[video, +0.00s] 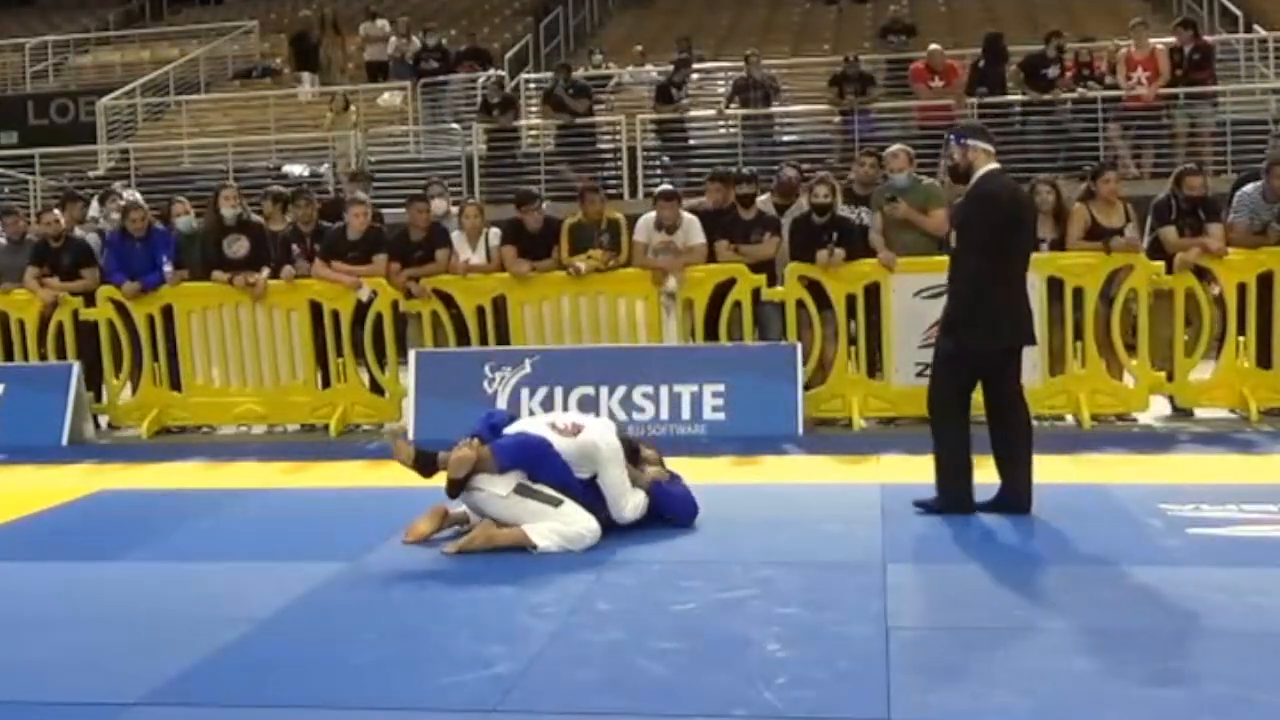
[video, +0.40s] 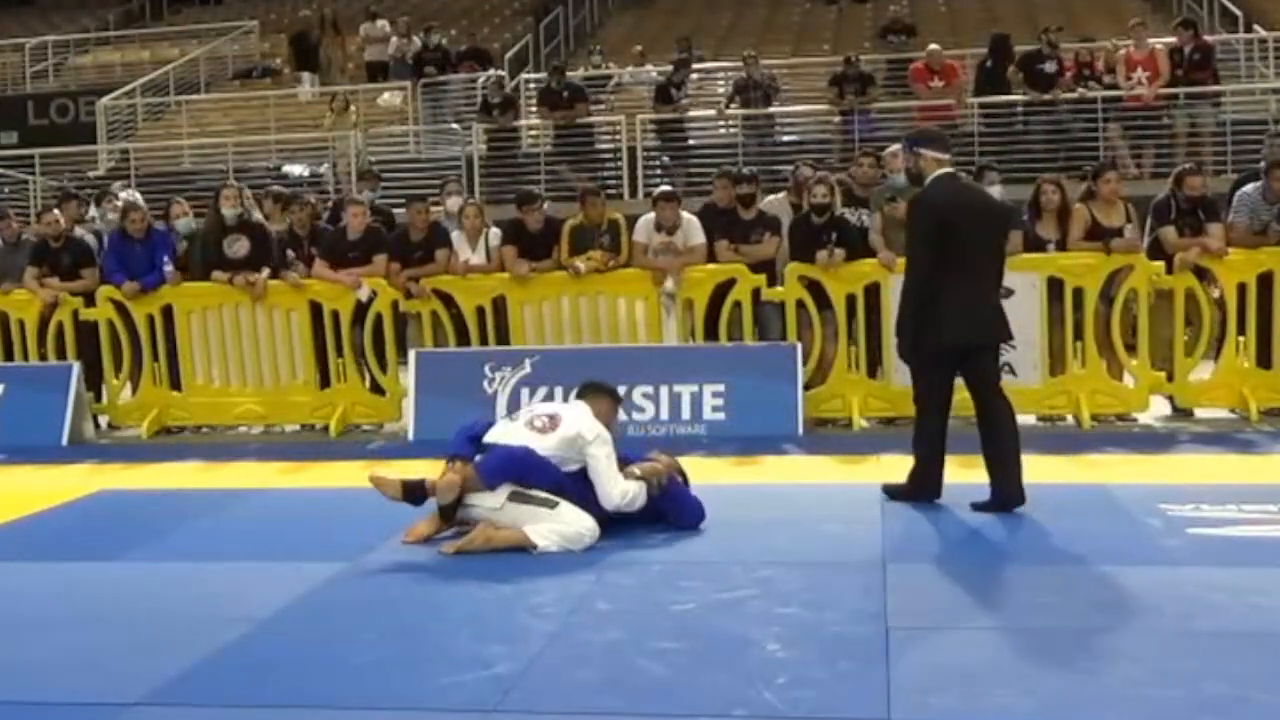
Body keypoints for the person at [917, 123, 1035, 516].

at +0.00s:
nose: (951, 162)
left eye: (953, 154)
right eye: (951, 154)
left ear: (968, 151)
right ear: (989, 151)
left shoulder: (978, 198)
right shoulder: (1017, 195)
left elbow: (971, 269)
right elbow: (1008, 269)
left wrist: (950, 320)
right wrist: (957, 314)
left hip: (971, 322)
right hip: (1006, 320)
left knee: (946, 402)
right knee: (1007, 403)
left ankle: (954, 494)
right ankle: (1016, 493)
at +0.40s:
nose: (905, 167)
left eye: (908, 159)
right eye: (906, 159)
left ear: (923, 158)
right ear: (945, 158)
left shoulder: (924, 203)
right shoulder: (985, 200)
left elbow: (917, 274)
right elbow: (994, 267)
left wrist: (904, 330)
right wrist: (987, 307)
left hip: (935, 321)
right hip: (981, 319)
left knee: (931, 408)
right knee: (991, 401)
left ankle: (924, 483)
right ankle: (1008, 490)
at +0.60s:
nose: (879, 170)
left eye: (881, 163)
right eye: (879, 163)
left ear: (895, 159)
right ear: (916, 157)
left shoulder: (898, 205)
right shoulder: (956, 195)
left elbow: (891, 270)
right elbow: (970, 257)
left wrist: (881, 310)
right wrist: (960, 300)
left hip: (914, 318)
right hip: (957, 314)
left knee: (914, 400)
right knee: (949, 392)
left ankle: (921, 483)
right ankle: (988, 468)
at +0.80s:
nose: (862, 170)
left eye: (864, 163)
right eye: (862, 164)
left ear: (876, 160)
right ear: (900, 159)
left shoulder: (882, 204)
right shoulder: (938, 196)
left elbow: (872, 271)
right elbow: (949, 260)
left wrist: (858, 321)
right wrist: (942, 302)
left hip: (896, 315)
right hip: (935, 311)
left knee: (901, 395)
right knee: (913, 389)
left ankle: (923, 478)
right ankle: (927, 472)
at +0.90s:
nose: (852, 171)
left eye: (852, 165)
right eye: (852, 165)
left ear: (861, 163)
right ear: (888, 159)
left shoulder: (872, 204)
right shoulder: (927, 197)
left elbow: (864, 270)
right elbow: (940, 259)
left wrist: (849, 325)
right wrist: (935, 306)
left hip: (889, 313)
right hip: (924, 310)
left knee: (902, 393)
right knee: (898, 390)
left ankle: (920, 481)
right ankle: (895, 469)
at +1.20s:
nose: (829, 172)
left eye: (830, 166)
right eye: (829, 165)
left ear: (842, 165)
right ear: (865, 163)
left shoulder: (849, 203)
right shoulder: (889, 197)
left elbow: (847, 266)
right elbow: (895, 260)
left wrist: (833, 317)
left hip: (857, 313)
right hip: (888, 310)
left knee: (853, 390)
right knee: (872, 390)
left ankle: (902, 463)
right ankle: (863, 468)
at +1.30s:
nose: (819, 170)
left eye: (821, 163)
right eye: (818, 163)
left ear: (837, 161)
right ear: (850, 159)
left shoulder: (843, 201)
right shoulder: (876, 198)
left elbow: (837, 263)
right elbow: (878, 258)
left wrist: (819, 305)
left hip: (846, 309)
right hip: (876, 307)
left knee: (822, 381)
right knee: (866, 384)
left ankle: (873, 449)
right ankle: (863, 464)